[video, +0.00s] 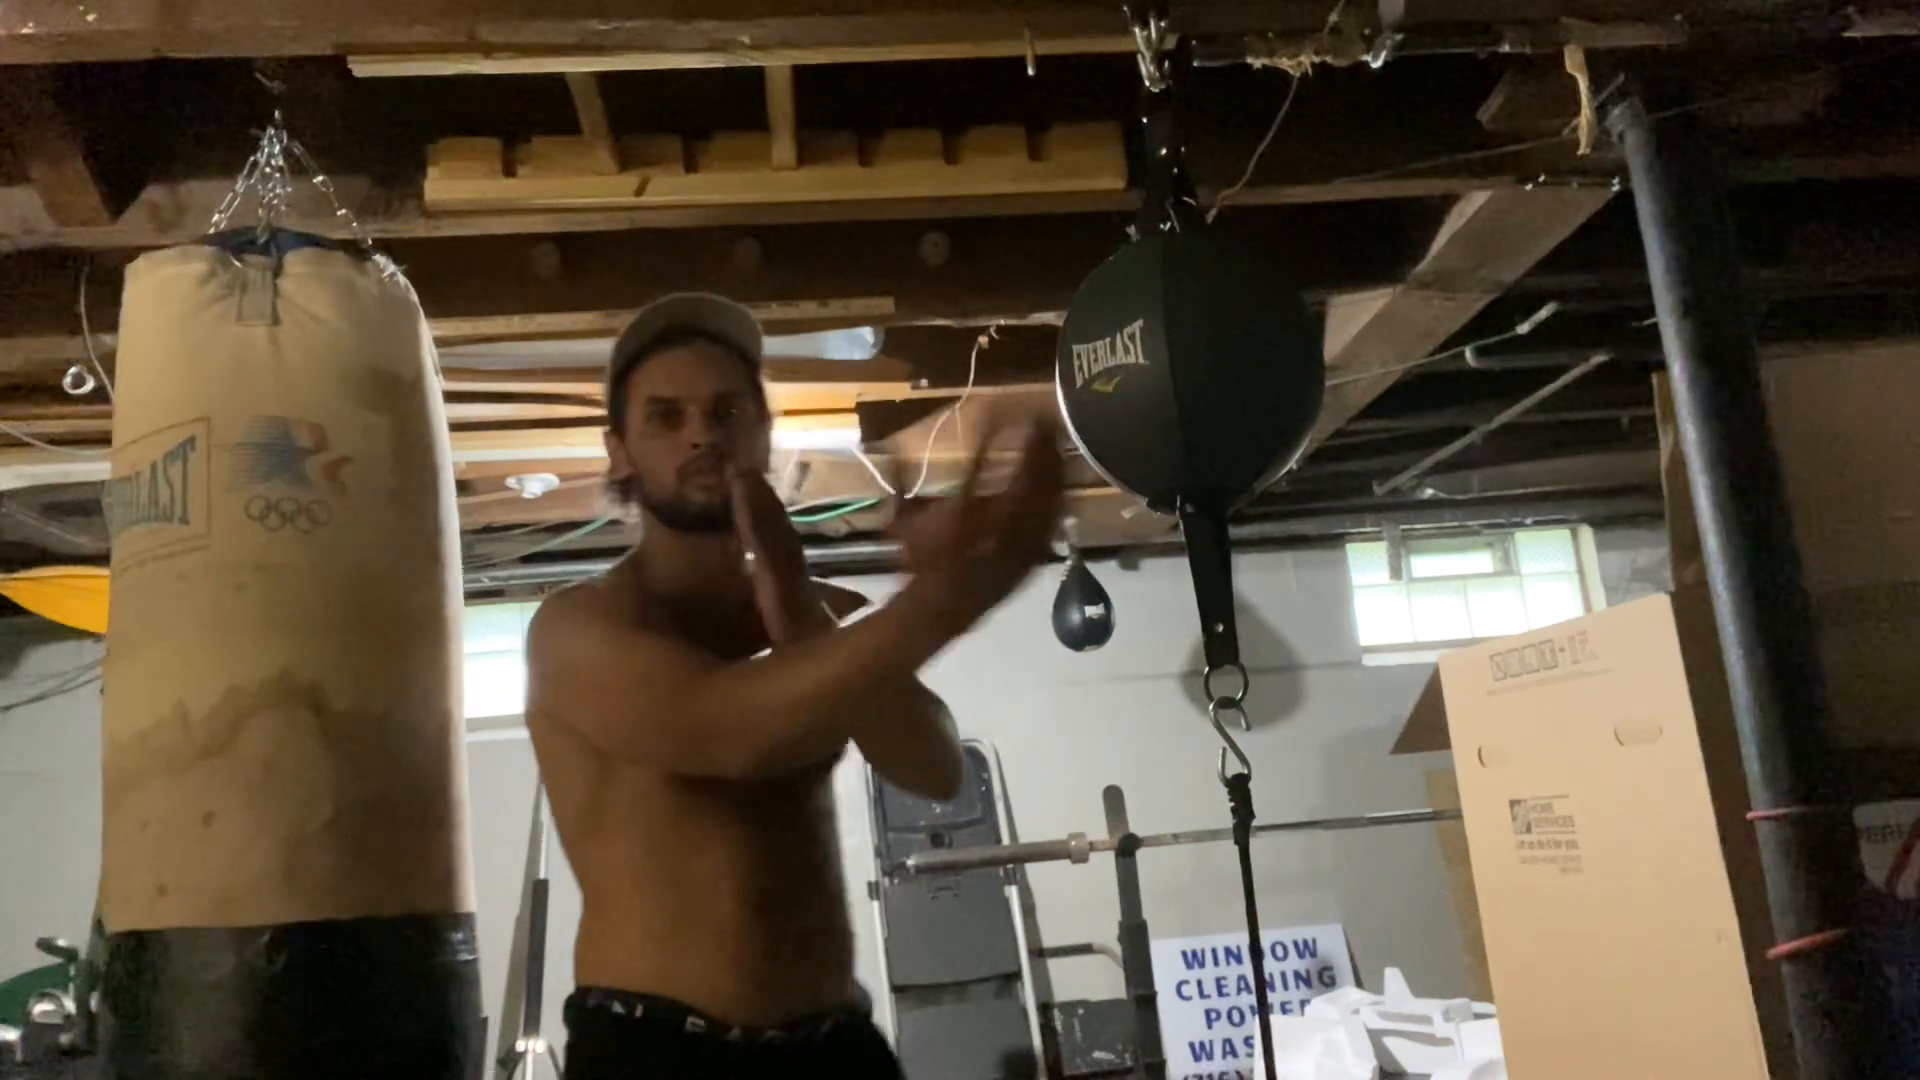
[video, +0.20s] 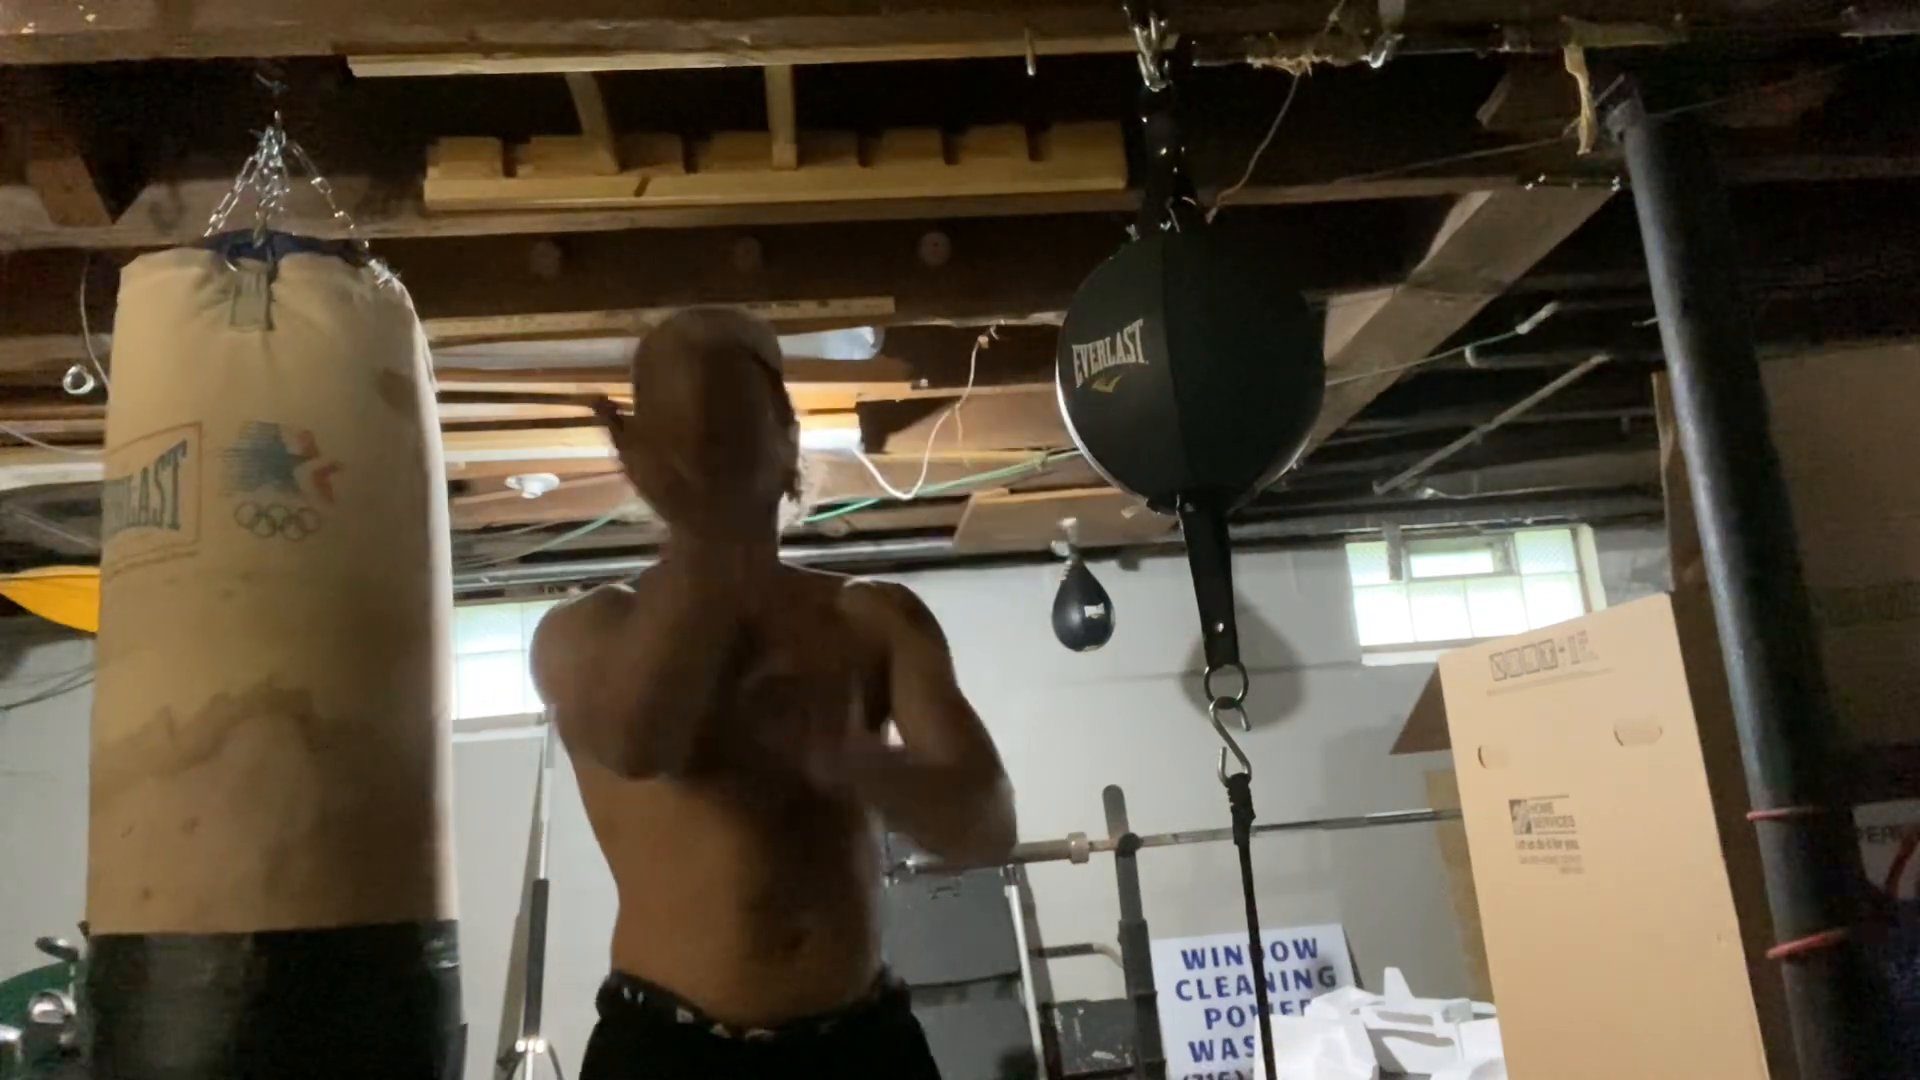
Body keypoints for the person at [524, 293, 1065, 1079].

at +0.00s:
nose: (703, 439)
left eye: (727, 412)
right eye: (665, 417)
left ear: (767, 439)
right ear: (621, 455)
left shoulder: (823, 613)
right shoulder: (576, 628)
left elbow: (936, 772)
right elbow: (734, 732)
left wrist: (806, 638)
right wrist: (942, 599)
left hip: (829, 1044)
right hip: (652, 1047)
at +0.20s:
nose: (713, 435)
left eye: (740, 406)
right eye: (685, 412)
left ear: (789, 445)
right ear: (645, 452)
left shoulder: (878, 618)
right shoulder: (587, 631)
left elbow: (987, 827)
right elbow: (637, 737)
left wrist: (858, 763)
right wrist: (708, 530)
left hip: (859, 1045)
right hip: (669, 1048)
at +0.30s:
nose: (712, 448)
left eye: (738, 421)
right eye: (685, 424)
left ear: (787, 453)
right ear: (648, 454)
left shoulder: (881, 621)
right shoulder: (576, 638)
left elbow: (962, 826)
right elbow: (600, 734)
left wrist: (820, 803)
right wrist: (646, 495)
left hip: (859, 1047)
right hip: (667, 1052)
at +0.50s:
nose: (689, 450)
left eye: (719, 425)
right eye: (659, 429)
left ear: (768, 452)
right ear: (626, 459)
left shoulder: (862, 610)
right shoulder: (589, 628)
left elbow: (836, 804)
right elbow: (578, 764)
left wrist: (622, 780)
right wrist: (582, 513)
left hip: (837, 1040)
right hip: (642, 1050)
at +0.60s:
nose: (689, 452)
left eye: (719, 423)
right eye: (660, 429)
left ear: (771, 444)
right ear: (629, 458)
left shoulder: (860, 606)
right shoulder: (576, 638)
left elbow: (810, 776)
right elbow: (574, 804)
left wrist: (547, 742)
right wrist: (586, 562)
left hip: (837, 1039)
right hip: (649, 1051)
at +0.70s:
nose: (704, 448)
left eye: (735, 415)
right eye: (674, 422)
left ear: (789, 438)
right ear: (650, 451)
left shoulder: (874, 593)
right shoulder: (647, 628)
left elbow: (772, 747)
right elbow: (585, 810)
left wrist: (460, 685)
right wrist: (590, 576)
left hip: (854, 1027)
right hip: (682, 1041)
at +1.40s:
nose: (786, 437)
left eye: (814, 405)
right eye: (755, 416)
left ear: (869, 430)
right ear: (727, 447)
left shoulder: (949, 582)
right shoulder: (705, 606)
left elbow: (837, 717)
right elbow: (615, 765)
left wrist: (555, 640)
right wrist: (632, 535)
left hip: (929, 1007)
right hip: (762, 1025)